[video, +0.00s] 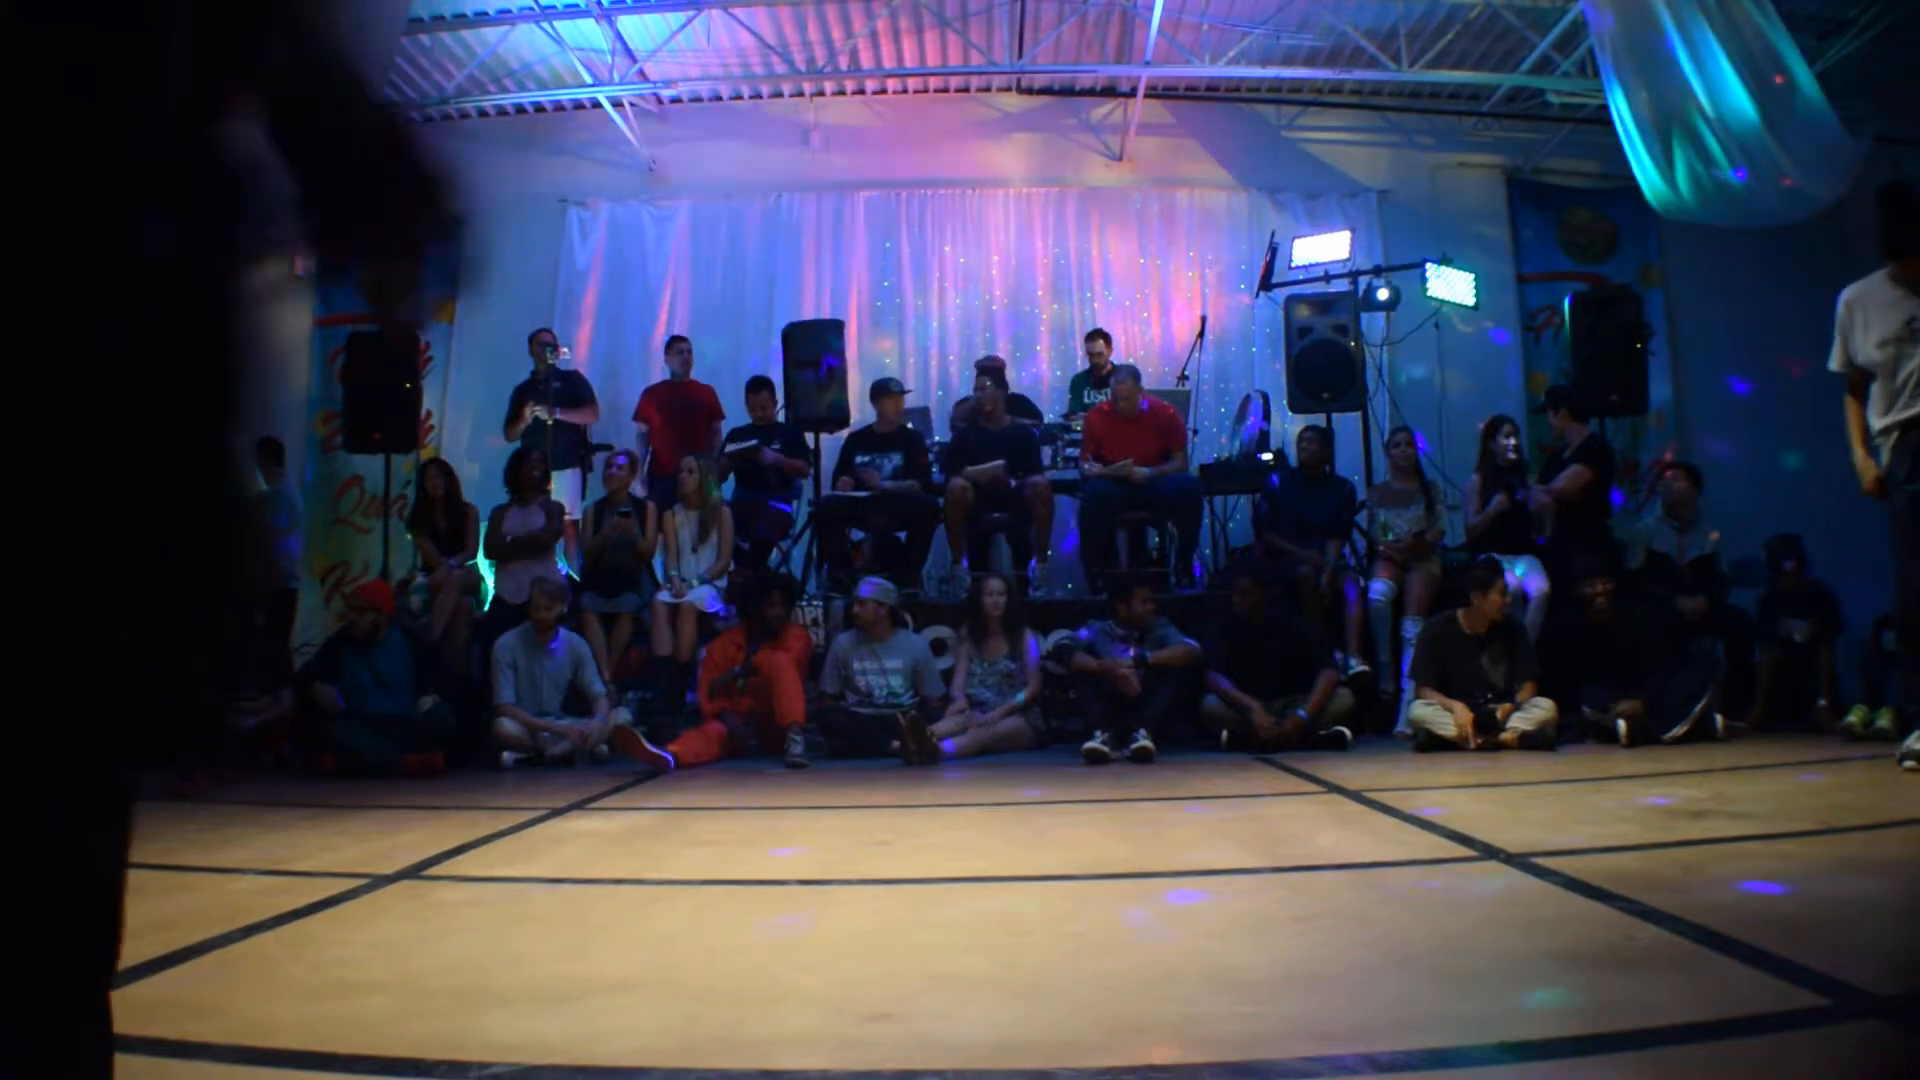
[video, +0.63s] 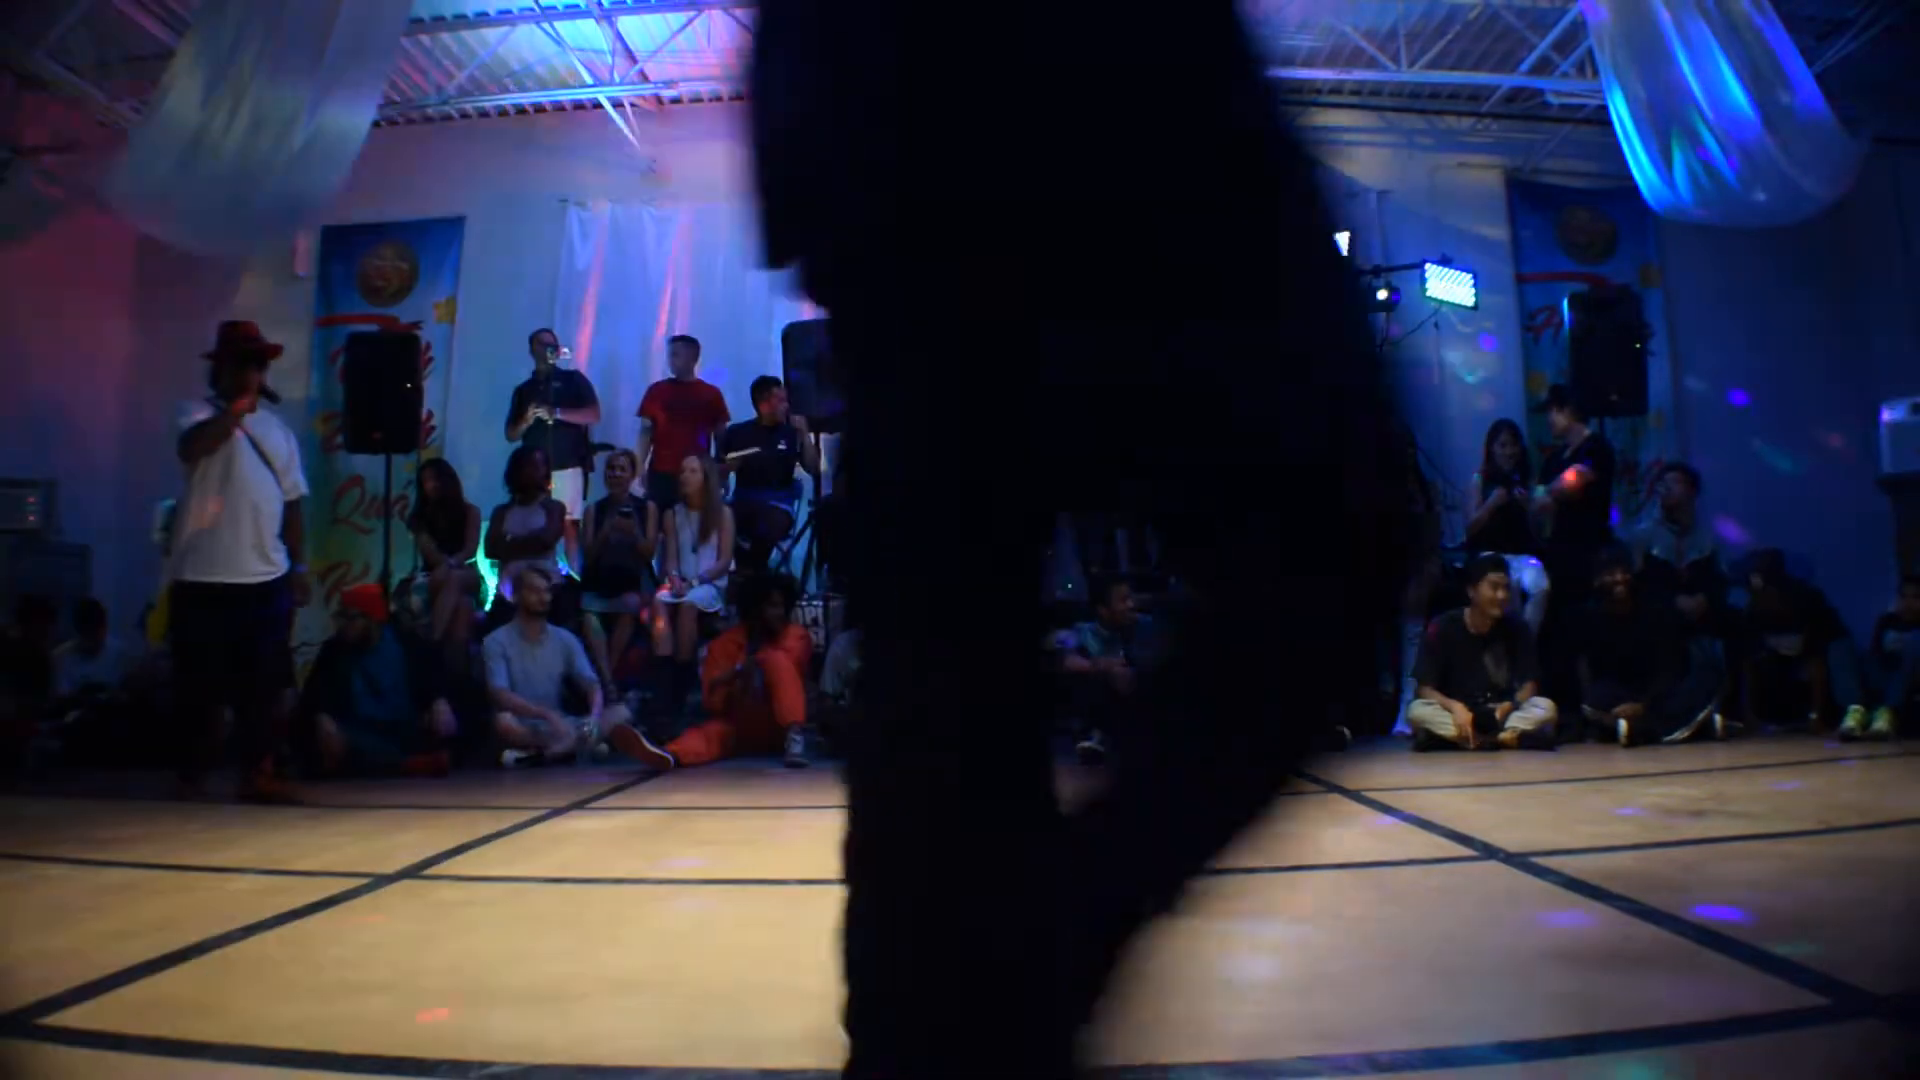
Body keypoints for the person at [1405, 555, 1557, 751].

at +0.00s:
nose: (1507, 600)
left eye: (1506, 594)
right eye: (1501, 593)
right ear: (1476, 597)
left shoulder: (1512, 629)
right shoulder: (1437, 629)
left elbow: (1528, 685)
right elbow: (1423, 689)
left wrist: (1512, 706)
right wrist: (1456, 707)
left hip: (1500, 706)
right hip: (1456, 709)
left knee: (1546, 708)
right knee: (1418, 711)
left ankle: (1469, 742)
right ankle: (1504, 740)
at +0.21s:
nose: (1506, 600)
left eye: (1506, 593)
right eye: (1501, 592)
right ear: (1477, 597)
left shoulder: (1511, 629)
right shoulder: (1437, 629)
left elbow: (1528, 684)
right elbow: (1423, 689)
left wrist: (1511, 707)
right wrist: (1456, 708)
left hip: (1500, 706)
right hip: (1456, 709)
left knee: (1546, 708)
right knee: (1418, 711)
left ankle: (1463, 743)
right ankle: (1505, 740)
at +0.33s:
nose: (1507, 600)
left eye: (1508, 593)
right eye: (1501, 593)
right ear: (1475, 595)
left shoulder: (1514, 629)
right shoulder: (1440, 629)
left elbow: (1528, 684)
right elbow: (1423, 689)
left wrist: (1511, 706)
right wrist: (1456, 708)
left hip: (1500, 706)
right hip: (1456, 708)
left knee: (1546, 707)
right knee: (1418, 711)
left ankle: (1462, 743)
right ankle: (1505, 740)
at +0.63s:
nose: (1501, 596)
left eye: (1505, 588)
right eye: (1494, 587)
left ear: (1510, 592)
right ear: (1471, 591)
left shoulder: (1516, 629)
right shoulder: (1444, 628)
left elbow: (1529, 684)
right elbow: (1424, 689)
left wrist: (1508, 706)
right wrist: (1456, 708)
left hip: (1501, 706)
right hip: (1457, 706)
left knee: (1545, 707)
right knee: (1417, 711)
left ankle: (1461, 743)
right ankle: (1501, 740)